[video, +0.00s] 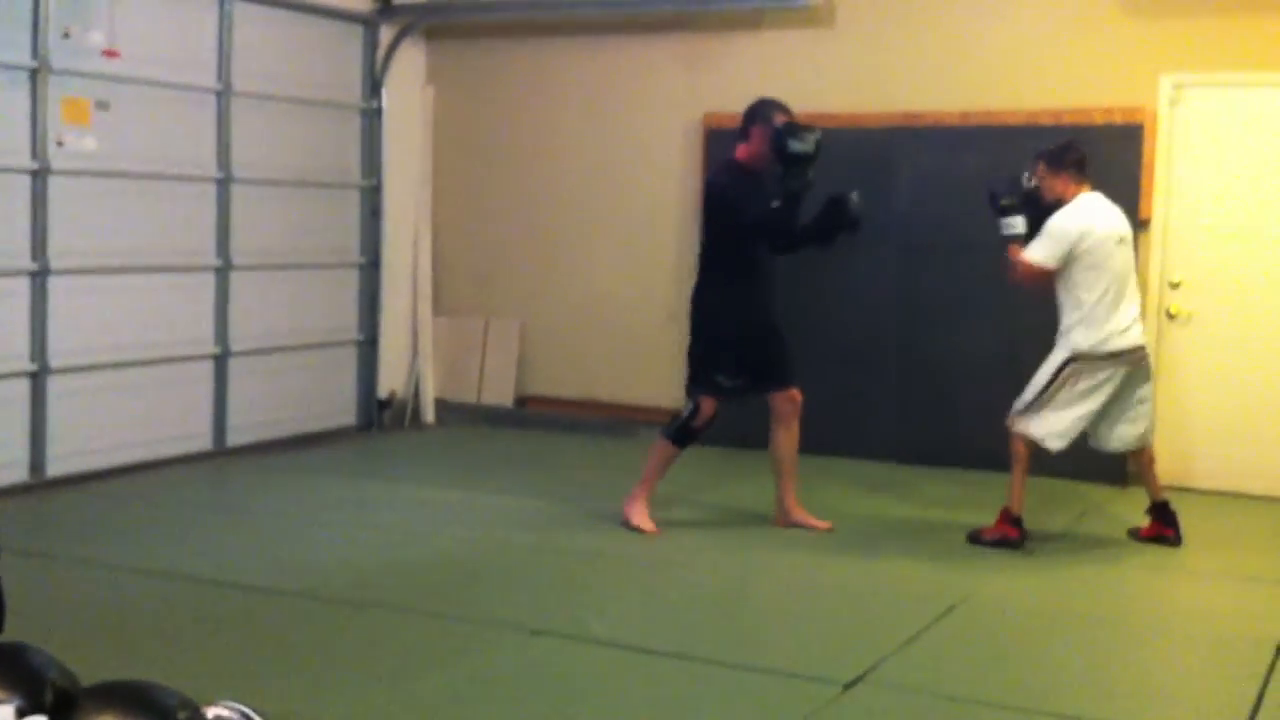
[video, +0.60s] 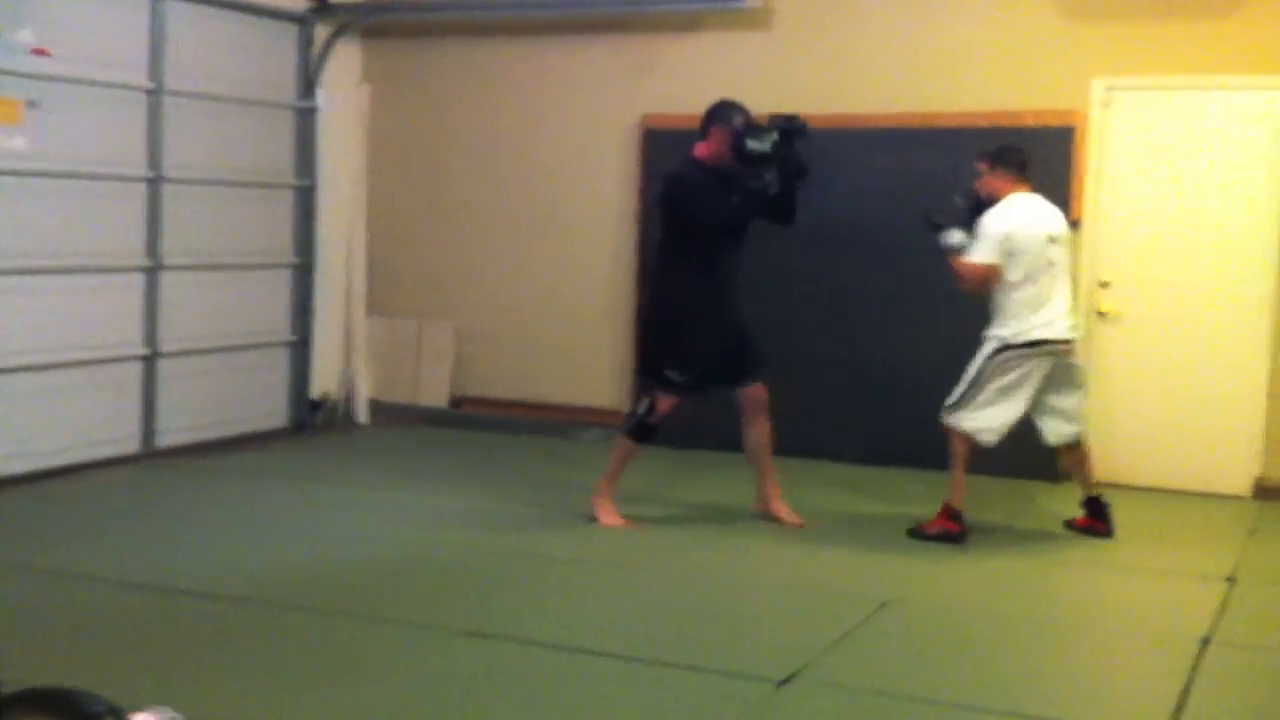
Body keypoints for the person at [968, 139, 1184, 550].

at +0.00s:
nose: (1040, 187)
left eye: (1043, 178)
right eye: (1039, 179)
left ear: (1064, 176)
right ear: (1079, 175)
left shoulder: (1070, 219)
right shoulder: (1113, 212)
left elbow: (1027, 270)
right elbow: (1068, 265)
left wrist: (1012, 230)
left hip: (1088, 348)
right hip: (1130, 344)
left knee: (1021, 424)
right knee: (1138, 438)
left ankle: (1011, 522)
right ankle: (1163, 517)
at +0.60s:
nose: (979, 183)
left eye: (982, 175)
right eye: (979, 175)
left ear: (997, 174)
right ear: (1022, 173)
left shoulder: (1000, 217)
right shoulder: (1054, 214)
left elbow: (974, 277)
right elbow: (1029, 267)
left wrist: (954, 246)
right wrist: (983, 227)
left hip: (1016, 339)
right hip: (1060, 337)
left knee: (959, 420)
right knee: (1069, 430)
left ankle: (952, 514)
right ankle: (1096, 510)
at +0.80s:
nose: (936, 197)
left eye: (941, 189)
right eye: (937, 189)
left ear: (962, 189)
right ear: (975, 190)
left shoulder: (957, 225)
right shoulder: (997, 228)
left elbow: (930, 271)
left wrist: (910, 245)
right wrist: (927, 246)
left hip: (965, 343)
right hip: (1012, 342)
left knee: (895, 412)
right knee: (1035, 429)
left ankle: (897, 499)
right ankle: (1057, 505)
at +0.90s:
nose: (911, 215)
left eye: (912, 209)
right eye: (911, 209)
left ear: (922, 206)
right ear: (949, 205)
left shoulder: (923, 233)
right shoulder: (976, 241)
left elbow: (875, 242)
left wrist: (850, 220)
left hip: (945, 362)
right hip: (995, 361)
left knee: (865, 421)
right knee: (1023, 433)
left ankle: (852, 506)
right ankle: (1048, 508)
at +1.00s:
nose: (855, 235)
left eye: (856, 227)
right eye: (853, 229)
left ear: (872, 220)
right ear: (889, 219)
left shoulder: (882, 249)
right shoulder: (919, 255)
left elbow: (811, 253)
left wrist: (789, 203)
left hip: (922, 380)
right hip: (953, 374)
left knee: (836, 429)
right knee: (964, 446)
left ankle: (817, 520)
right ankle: (1028, 499)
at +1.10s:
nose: (816, 251)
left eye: (818, 241)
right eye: (814, 244)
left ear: (838, 234)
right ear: (843, 233)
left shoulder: (870, 263)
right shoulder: (864, 261)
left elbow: (823, 307)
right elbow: (827, 294)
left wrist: (796, 276)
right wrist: (803, 273)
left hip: (907, 378)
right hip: (914, 376)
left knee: (815, 426)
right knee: (927, 453)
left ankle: (803, 520)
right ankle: (1005, 490)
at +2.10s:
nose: (807, 200)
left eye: (807, 193)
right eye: (807, 193)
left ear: (814, 192)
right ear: (844, 188)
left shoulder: (818, 236)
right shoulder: (882, 226)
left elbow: (778, 281)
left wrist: (768, 251)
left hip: (853, 355)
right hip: (901, 355)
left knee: (792, 432)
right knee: (916, 441)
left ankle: (790, 526)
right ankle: (945, 513)